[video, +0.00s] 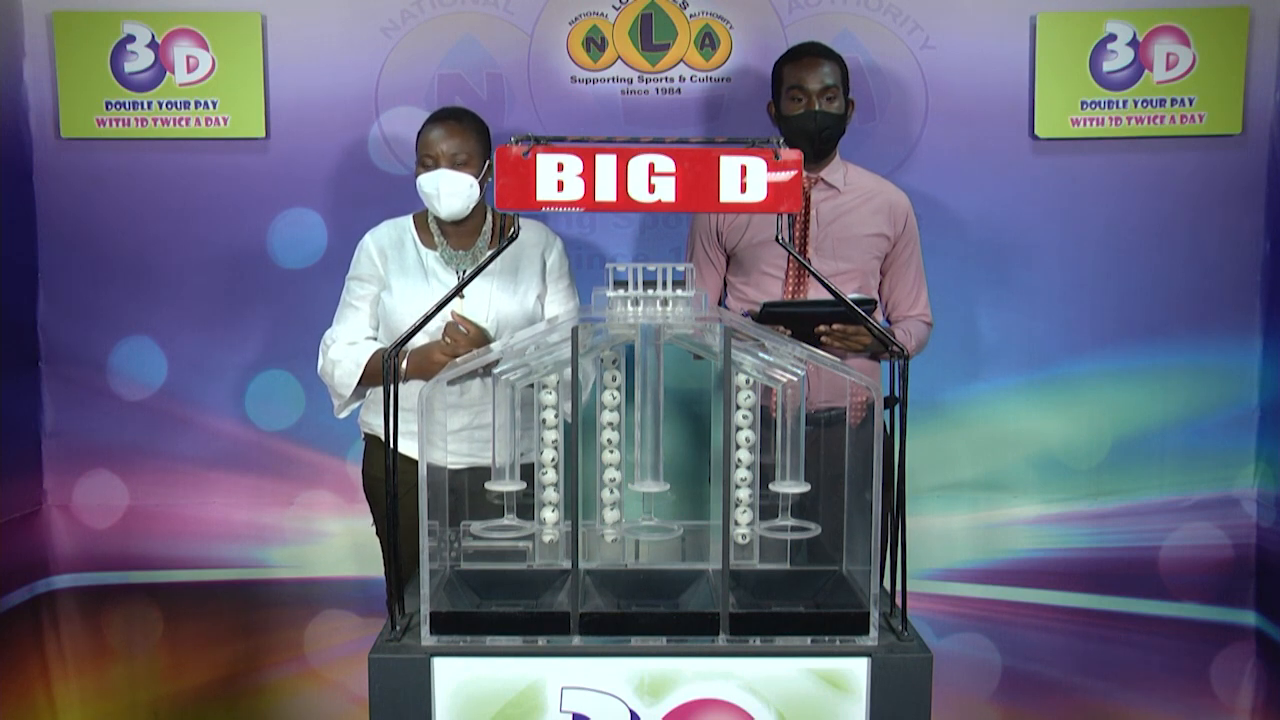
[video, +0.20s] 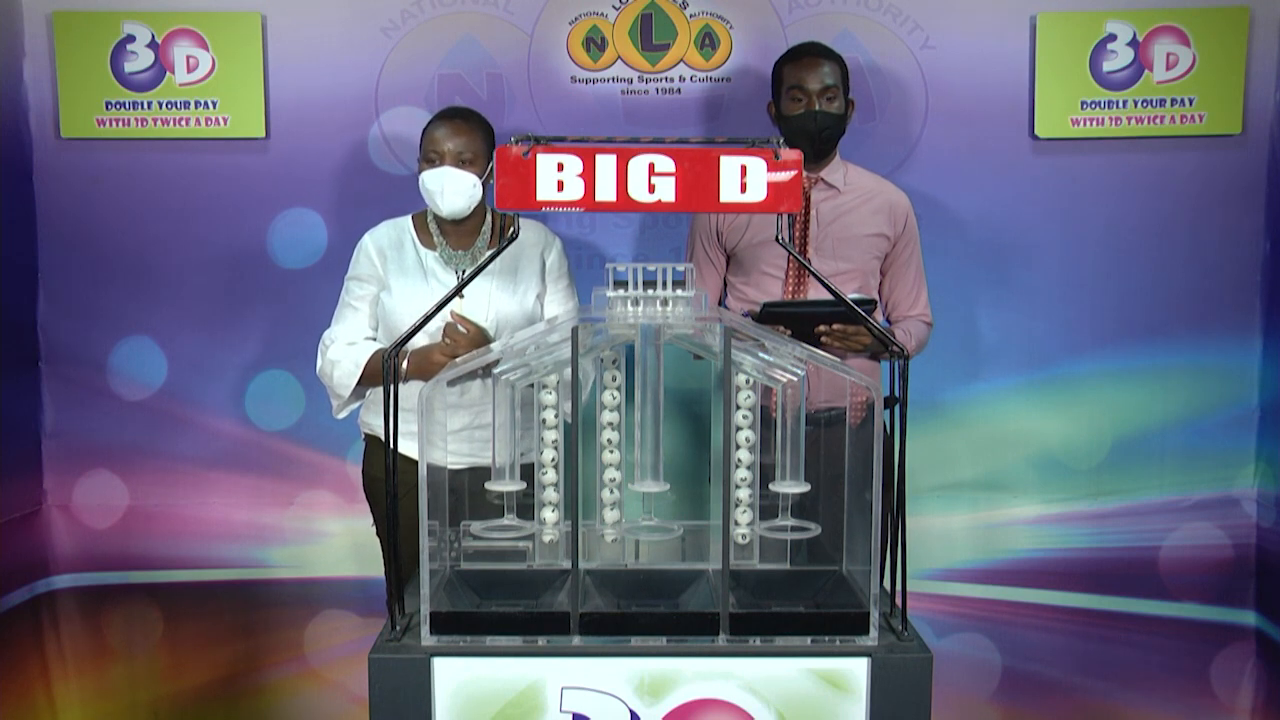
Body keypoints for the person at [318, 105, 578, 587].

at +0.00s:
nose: (444, 180)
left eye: (459, 164)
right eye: (430, 165)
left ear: (486, 167)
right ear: (417, 169)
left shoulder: (539, 247)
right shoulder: (382, 248)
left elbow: (568, 361)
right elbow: (338, 360)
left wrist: (494, 359)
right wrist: (414, 361)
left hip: (507, 466)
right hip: (404, 466)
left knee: (502, 619)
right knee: (416, 618)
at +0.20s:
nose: (448, 176)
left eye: (464, 162)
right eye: (434, 162)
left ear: (489, 167)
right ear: (420, 166)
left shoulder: (538, 248)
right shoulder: (381, 248)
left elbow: (567, 362)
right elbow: (337, 359)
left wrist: (494, 359)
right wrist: (414, 362)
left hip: (506, 466)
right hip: (404, 466)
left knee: (500, 618)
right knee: (415, 616)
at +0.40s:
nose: (449, 174)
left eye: (465, 161)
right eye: (435, 159)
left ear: (491, 167)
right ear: (421, 165)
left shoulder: (538, 247)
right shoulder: (381, 247)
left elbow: (567, 363)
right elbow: (337, 360)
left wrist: (494, 359)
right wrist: (414, 362)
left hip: (506, 466)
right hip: (404, 465)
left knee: (500, 618)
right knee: (415, 617)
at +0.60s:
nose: (451, 172)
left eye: (468, 160)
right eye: (437, 158)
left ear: (494, 167)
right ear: (423, 164)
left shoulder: (538, 248)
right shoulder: (381, 247)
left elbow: (567, 362)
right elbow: (337, 360)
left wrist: (493, 360)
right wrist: (414, 362)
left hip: (507, 464)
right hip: (404, 464)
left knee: (500, 617)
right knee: (415, 614)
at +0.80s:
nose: (452, 169)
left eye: (470, 157)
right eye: (440, 155)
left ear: (497, 166)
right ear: (425, 163)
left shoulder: (538, 247)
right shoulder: (381, 246)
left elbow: (567, 360)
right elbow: (337, 360)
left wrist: (495, 360)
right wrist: (416, 363)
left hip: (506, 464)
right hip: (404, 464)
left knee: (499, 616)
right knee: (415, 614)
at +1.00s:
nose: (458, 170)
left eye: (476, 158)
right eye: (446, 156)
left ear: (501, 167)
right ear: (428, 165)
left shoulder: (538, 245)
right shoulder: (380, 245)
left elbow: (568, 356)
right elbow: (337, 358)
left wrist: (496, 359)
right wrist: (414, 363)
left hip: (507, 464)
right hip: (405, 465)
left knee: (501, 617)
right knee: (416, 616)